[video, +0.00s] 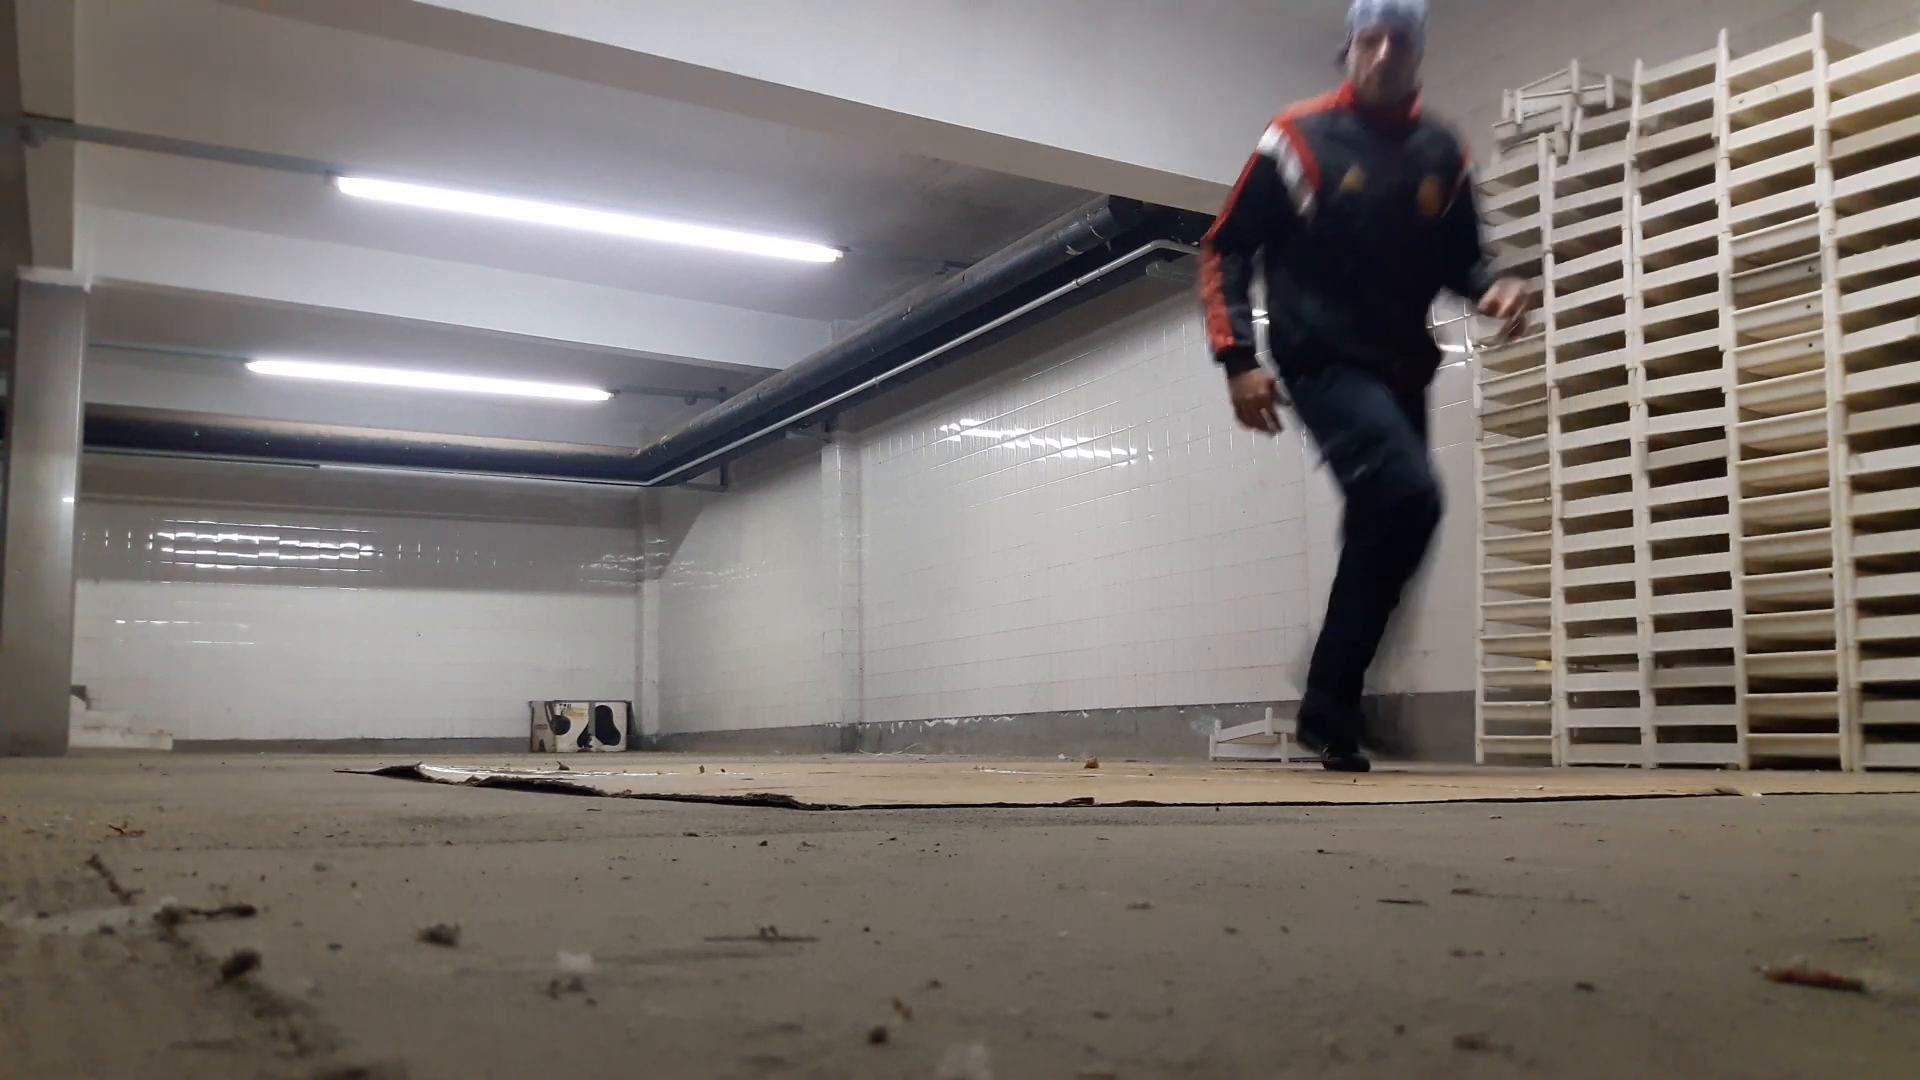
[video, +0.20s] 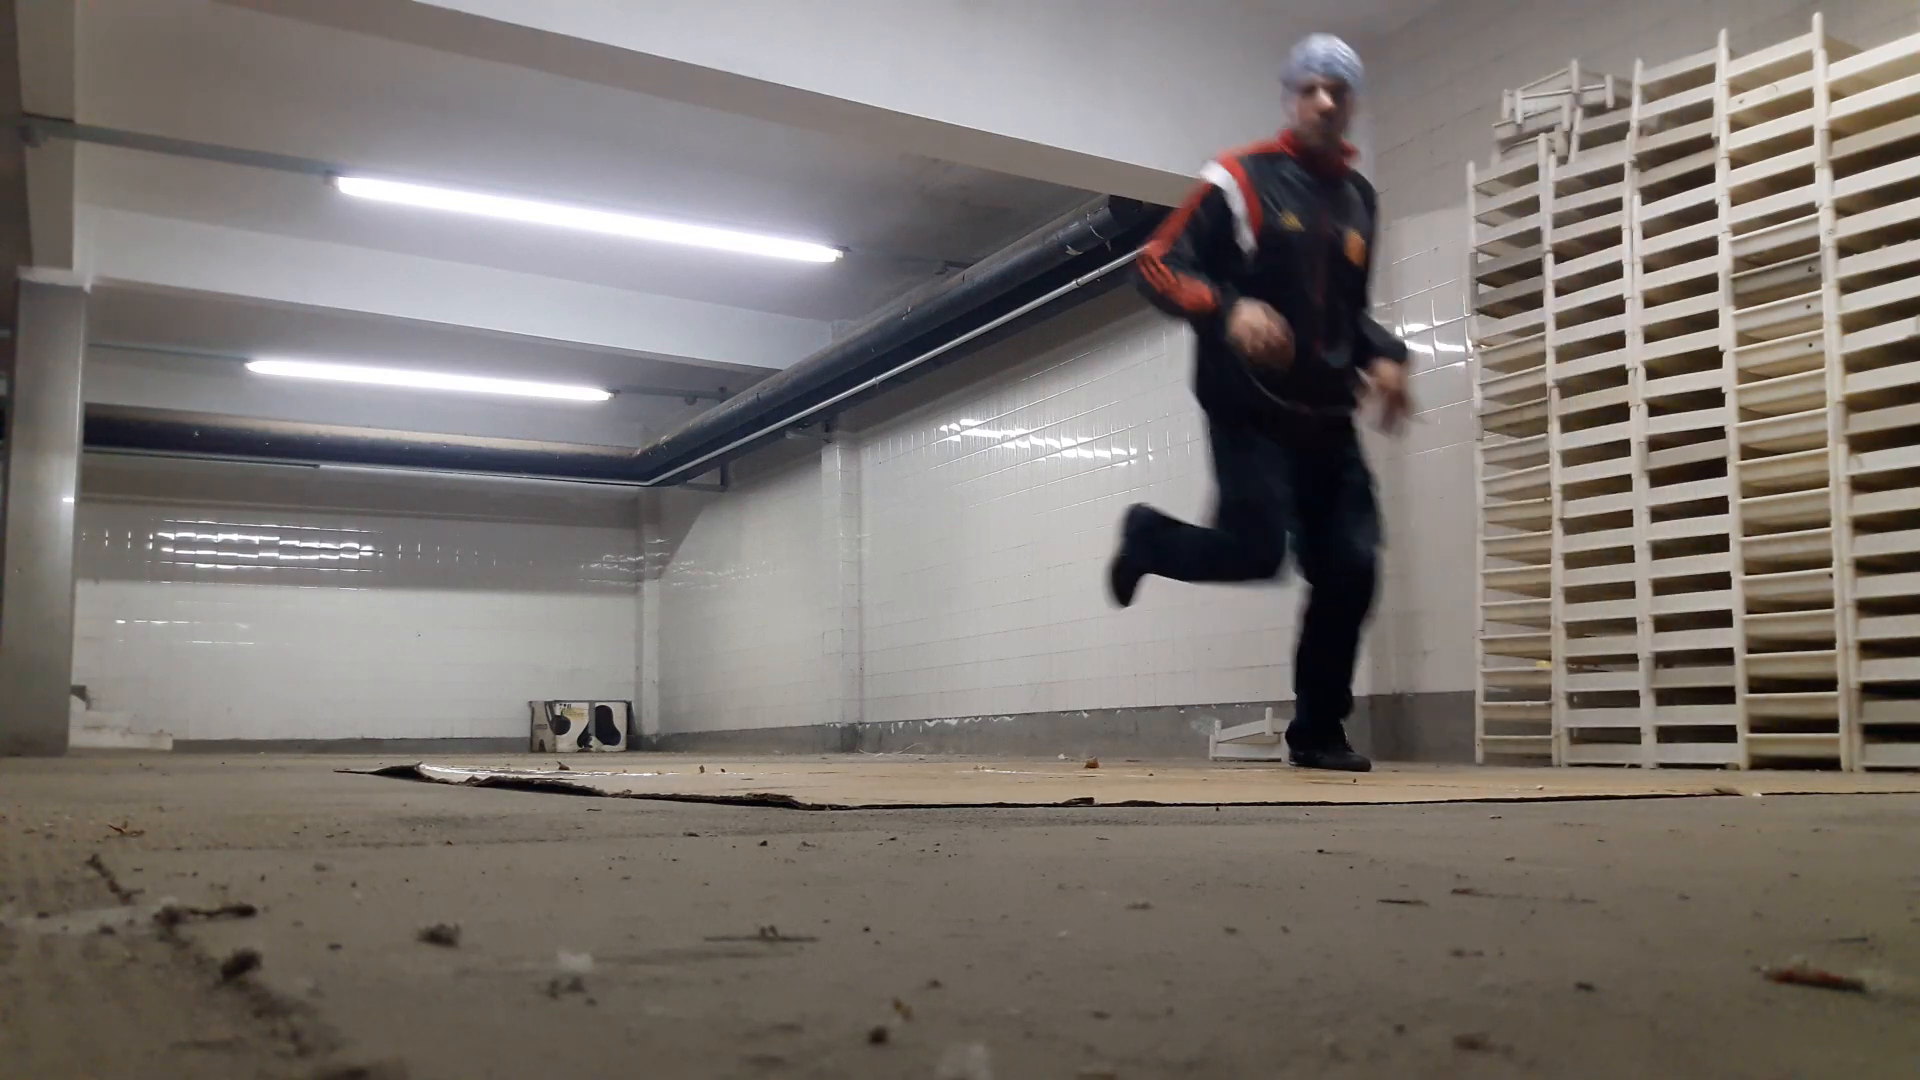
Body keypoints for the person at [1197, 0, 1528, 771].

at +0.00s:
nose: (1385, 56)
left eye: (1401, 43)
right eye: (1371, 41)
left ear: (1422, 56)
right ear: (1347, 52)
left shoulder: (1441, 149)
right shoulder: (1298, 137)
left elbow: (1459, 260)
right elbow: (1224, 250)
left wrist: (1495, 287)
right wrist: (1237, 361)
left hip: (1401, 366)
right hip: (1321, 361)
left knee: (1377, 540)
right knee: (1407, 495)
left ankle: (1329, 714)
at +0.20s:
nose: (1321, 103)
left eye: (1335, 92)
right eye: (1307, 90)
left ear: (1351, 107)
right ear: (1285, 98)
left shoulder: (1357, 196)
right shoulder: (1239, 178)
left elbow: (1343, 307)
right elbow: (1154, 263)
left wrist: (1384, 353)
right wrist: (1227, 307)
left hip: (1324, 415)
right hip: (1246, 408)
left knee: (1348, 569)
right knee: (1255, 552)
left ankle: (1316, 736)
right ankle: (1146, 537)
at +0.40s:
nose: (1222, 53)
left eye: (1235, 40)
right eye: (1208, 42)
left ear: (1256, 52)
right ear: (1190, 55)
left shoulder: (1286, 143)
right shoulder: (1146, 136)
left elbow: (1309, 247)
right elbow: (1075, 231)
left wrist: (1296, 287)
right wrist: (1140, 261)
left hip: (1237, 372)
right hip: (1149, 362)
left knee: (1246, 527)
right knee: (1105, 488)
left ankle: (1222, 693)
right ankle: (1043, 651)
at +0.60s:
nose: (1094, 134)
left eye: (1106, 120)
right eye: (1081, 124)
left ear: (1131, 123)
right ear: (1068, 134)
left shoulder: (1186, 207)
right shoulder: (1044, 227)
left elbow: (1251, 297)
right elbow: (1019, 333)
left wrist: (1260, 373)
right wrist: (1032, 356)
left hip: (1153, 441)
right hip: (1064, 436)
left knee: (1162, 596)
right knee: (997, 557)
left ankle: (1182, 735)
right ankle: (908, 716)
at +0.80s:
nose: (955, 108)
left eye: (967, 94)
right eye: (943, 98)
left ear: (996, 94)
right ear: (931, 107)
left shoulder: (1051, 165)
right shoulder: (928, 193)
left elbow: (1128, 272)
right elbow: (927, 286)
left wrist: (1086, 370)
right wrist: (914, 336)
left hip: (1034, 404)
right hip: (953, 404)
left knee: (1062, 559)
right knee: (905, 547)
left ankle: (1145, 681)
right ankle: (879, 728)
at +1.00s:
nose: (868, 56)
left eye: (881, 40)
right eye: (855, 44)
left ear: (911, 44)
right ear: (844, 56)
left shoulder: (962, 120)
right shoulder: (833, 148)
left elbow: (1029, 239)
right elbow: (837, 250)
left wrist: (961, 310)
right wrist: (809, 303)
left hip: (939, 341)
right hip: (861, 351)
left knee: (903, 475)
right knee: (844, 521)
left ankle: (962, 697)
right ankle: (873, 721)